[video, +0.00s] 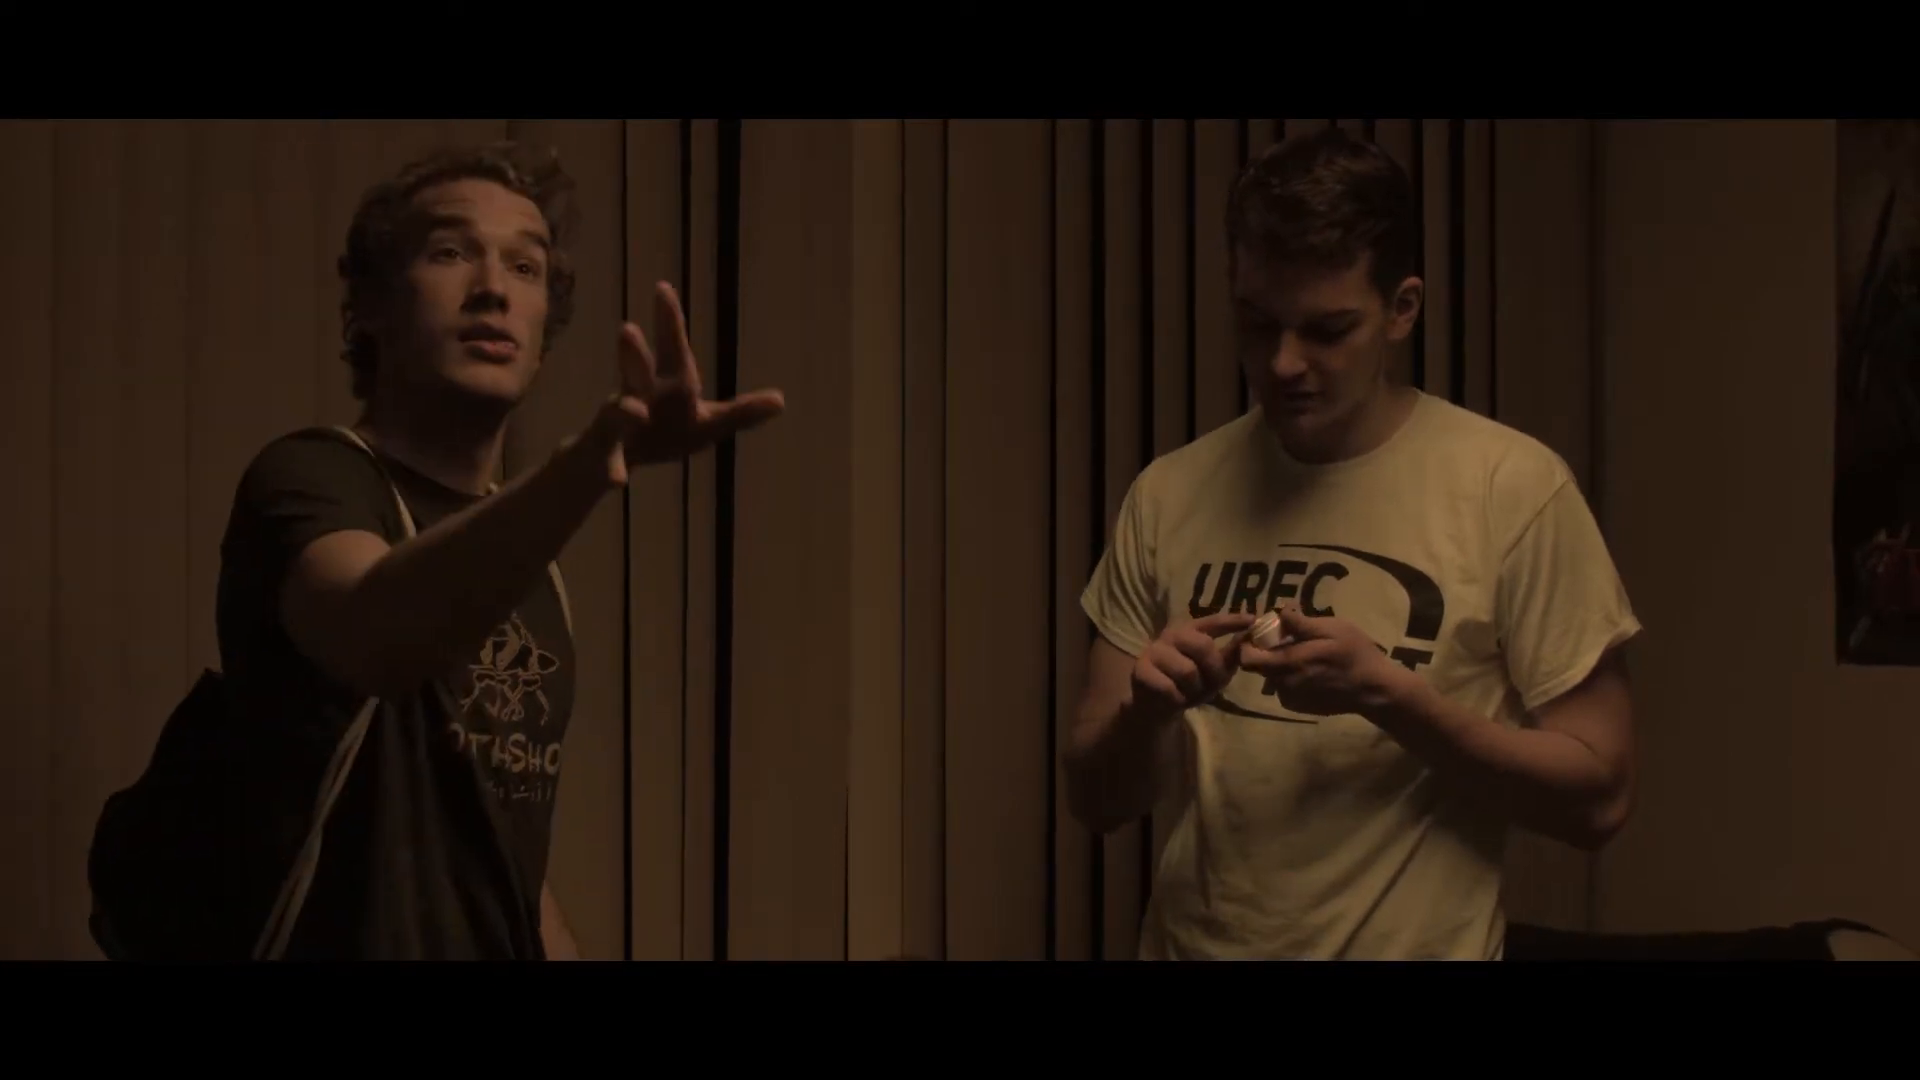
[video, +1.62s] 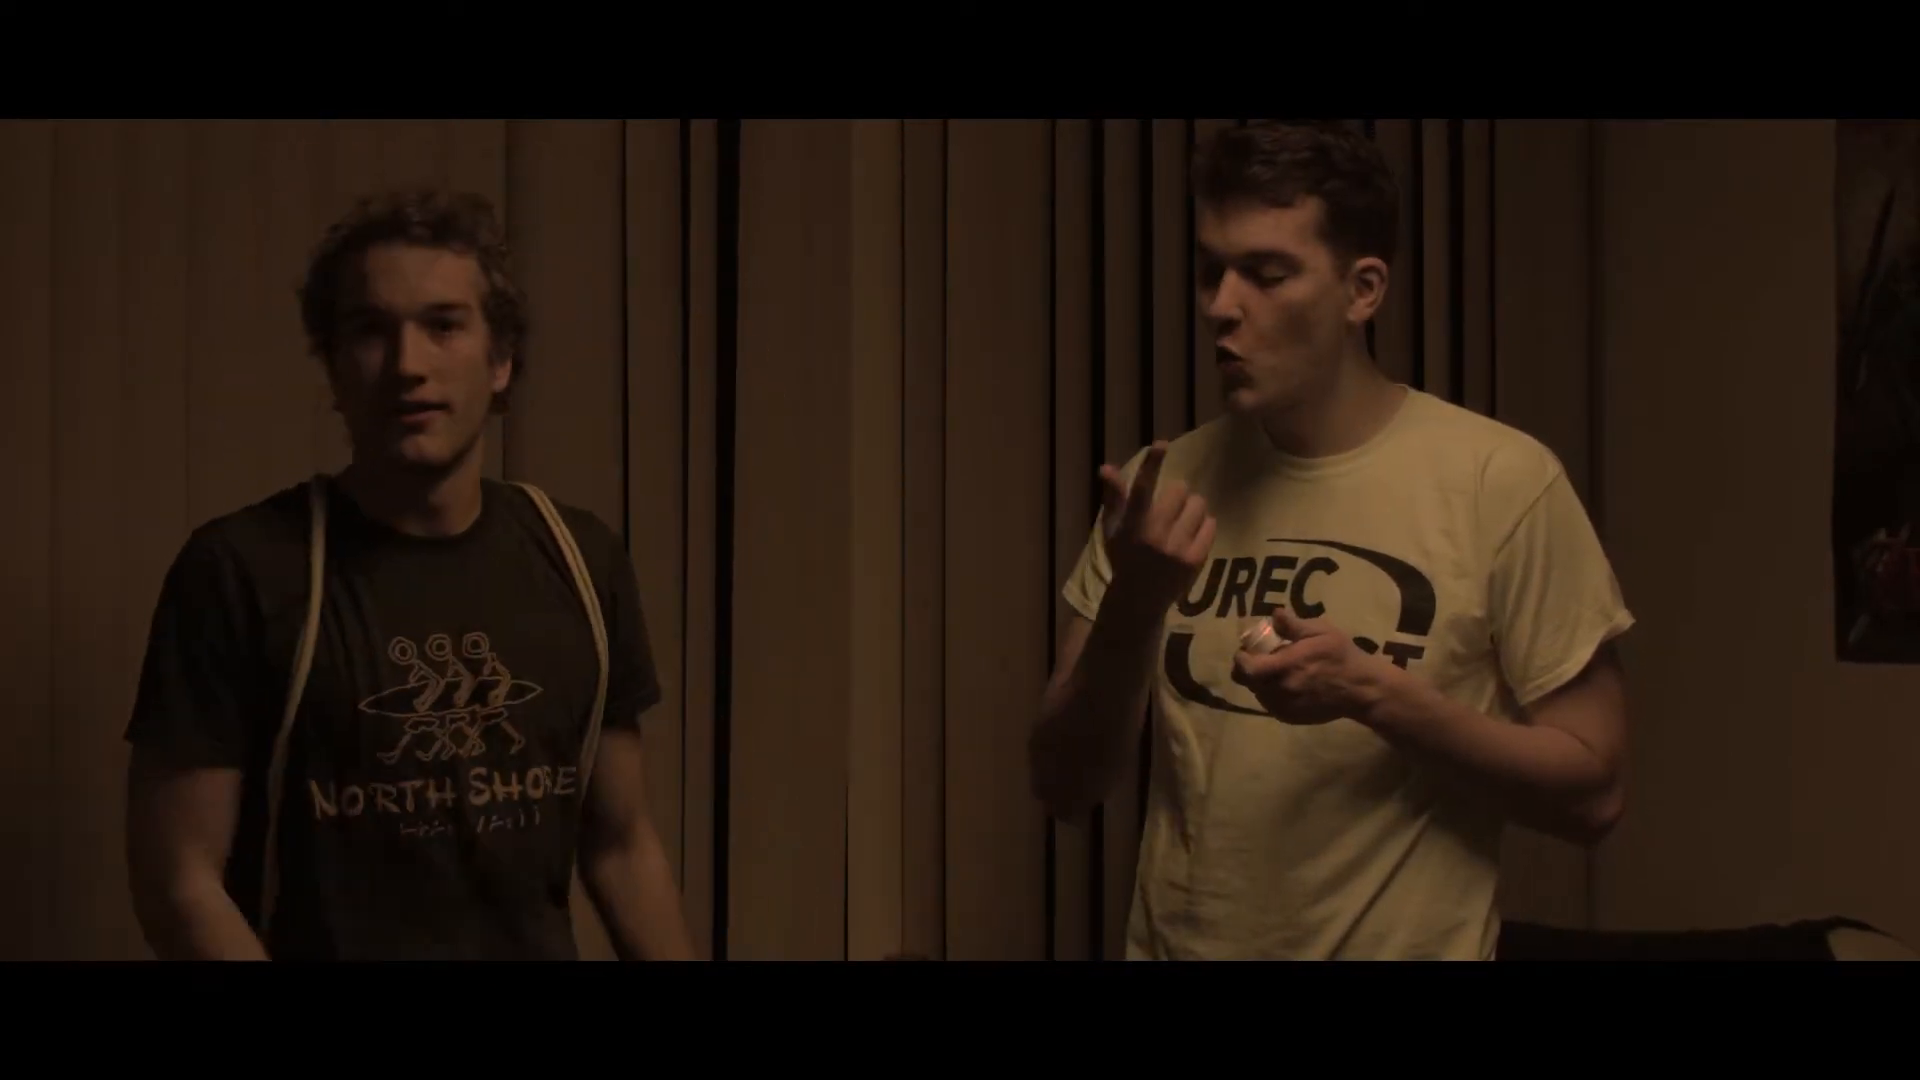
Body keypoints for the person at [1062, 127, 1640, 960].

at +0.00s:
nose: (1287, 365)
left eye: (1328, 331)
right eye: (1260, 327)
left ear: (1403, 311)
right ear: (1237, 306)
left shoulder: (1515, 492)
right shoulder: (1167, 497)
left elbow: (1597, 797)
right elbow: (1091, 802)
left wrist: (1393, 693)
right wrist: (1144, 713)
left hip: (1417, 945)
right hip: (1194, 943)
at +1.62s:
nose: (1220, 308)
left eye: (1267, 273)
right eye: (1213, 272)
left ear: (1362, 290)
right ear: (1197, 275)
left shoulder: (1505, 486)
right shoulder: (1160, 487)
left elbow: (1592, 790)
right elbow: (1064, 785)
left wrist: (1376, 690)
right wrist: (1137, 601)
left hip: (1406, 946)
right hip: (1177, 941)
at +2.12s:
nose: (1230, 311)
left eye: (1277, 274)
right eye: (1216, 276)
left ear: (1367, 292)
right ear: (1198, 285)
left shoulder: (1508, 492)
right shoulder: (1155, 482)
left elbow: (1593, 798)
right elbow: (1043, 757)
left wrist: (1385, 700)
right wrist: (1166, 539)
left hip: (1406, 946)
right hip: (1172, 942)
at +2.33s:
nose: (1235, 332)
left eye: (1279, 294)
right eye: (1218, 297)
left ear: (1368, 308)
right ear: (1200, 306)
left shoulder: (1507, 510)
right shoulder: (1154, 497)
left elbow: (1593, 817)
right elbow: (1038, 772)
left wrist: (1385, 718)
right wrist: (1162, 552)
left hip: (1411, 950)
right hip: (1173, 944)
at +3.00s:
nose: (1243, 340)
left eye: (1283, 305)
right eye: (1224, 308)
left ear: (1375, 312)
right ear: (1206, 316)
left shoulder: (1512, 513)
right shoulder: (1159, 500)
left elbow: (1595, 820)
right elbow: (1043, 773)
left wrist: (1391, 721)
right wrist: (1169, 556)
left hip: (1415, 950)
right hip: (1176, 945)